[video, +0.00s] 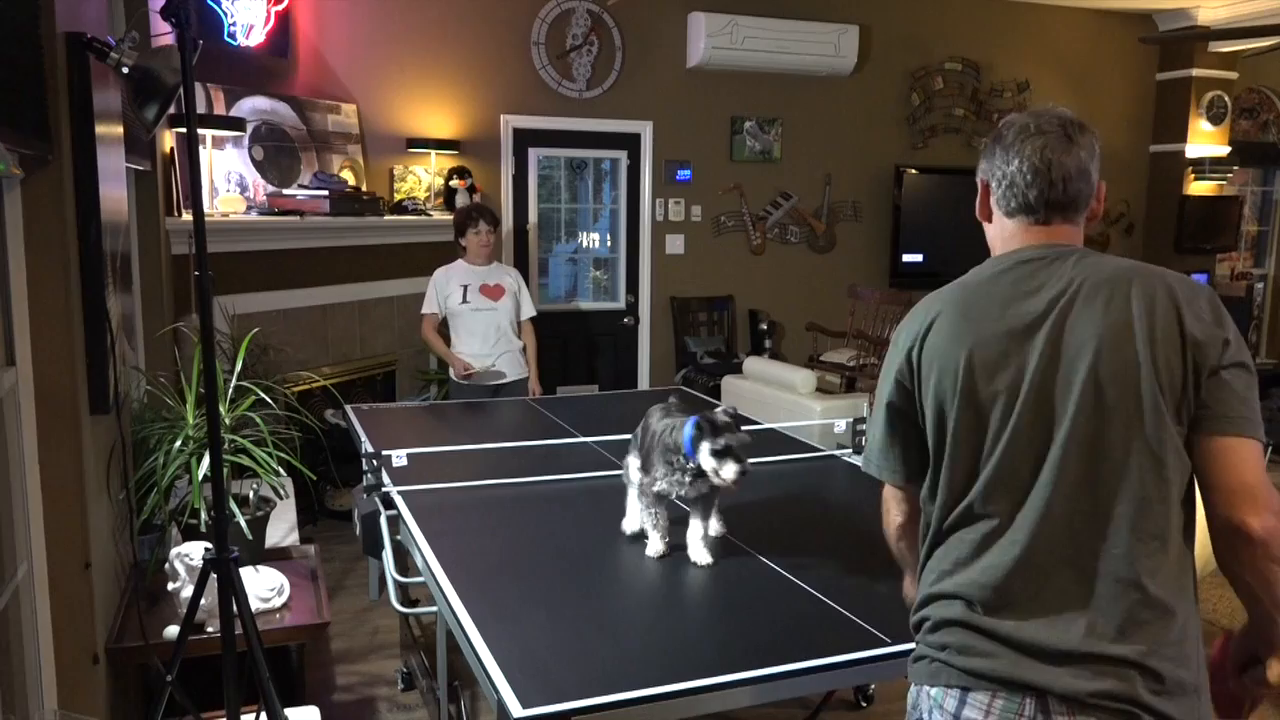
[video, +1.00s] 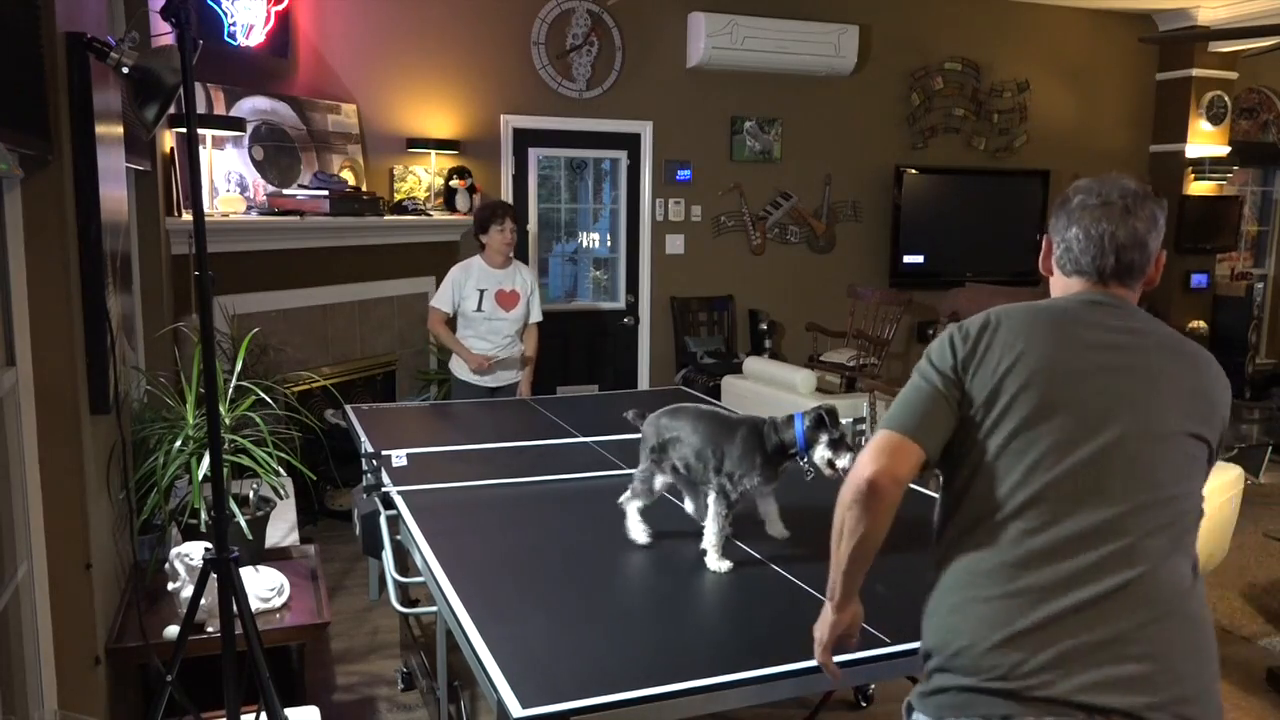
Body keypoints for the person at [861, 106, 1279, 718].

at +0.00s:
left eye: (980, 199)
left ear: (984, 202)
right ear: (1098, 204)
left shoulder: (930, 321)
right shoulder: (1187, 308)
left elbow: (901, 518)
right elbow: (1247, 521)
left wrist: (919, 579)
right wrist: (1260, 635)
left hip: (964, 686)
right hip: (1144, 691)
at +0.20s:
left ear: (979, 211)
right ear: (1092, 210)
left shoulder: (925, 326)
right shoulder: (1164, 305)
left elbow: (940, 479)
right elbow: (1241, 515)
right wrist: (1274, 570)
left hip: (950, 685)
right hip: (1118, 692)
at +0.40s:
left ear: (999, 223)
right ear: (1108, 223)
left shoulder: (943, 323)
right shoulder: (1165, 311)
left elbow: (942, 470)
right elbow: (1225, 513)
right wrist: (1274, 577)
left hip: (932, 679)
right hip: (1088, 689)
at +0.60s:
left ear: (1029, 248)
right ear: (1137, 251)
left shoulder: (962, 332)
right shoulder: (1183, 343)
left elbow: (927, 495)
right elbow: (1224, 554)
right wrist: (1276, 643)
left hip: (916, 682)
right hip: (1067, 695)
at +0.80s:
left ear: (1042, 265)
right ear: (1148, 274)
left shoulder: (966, 343)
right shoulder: (1195, 374)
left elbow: (848, 482)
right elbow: (1223, 587)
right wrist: (1268, 648)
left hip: (929, 688)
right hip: (1091, 696)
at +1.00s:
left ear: (1046, 256)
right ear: (1155, 269)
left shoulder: (975, 340)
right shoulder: (1206, 376)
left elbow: (875, 476)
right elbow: (1173, 510)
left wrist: (840, 600)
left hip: (983, 689)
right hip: (1163, 698)